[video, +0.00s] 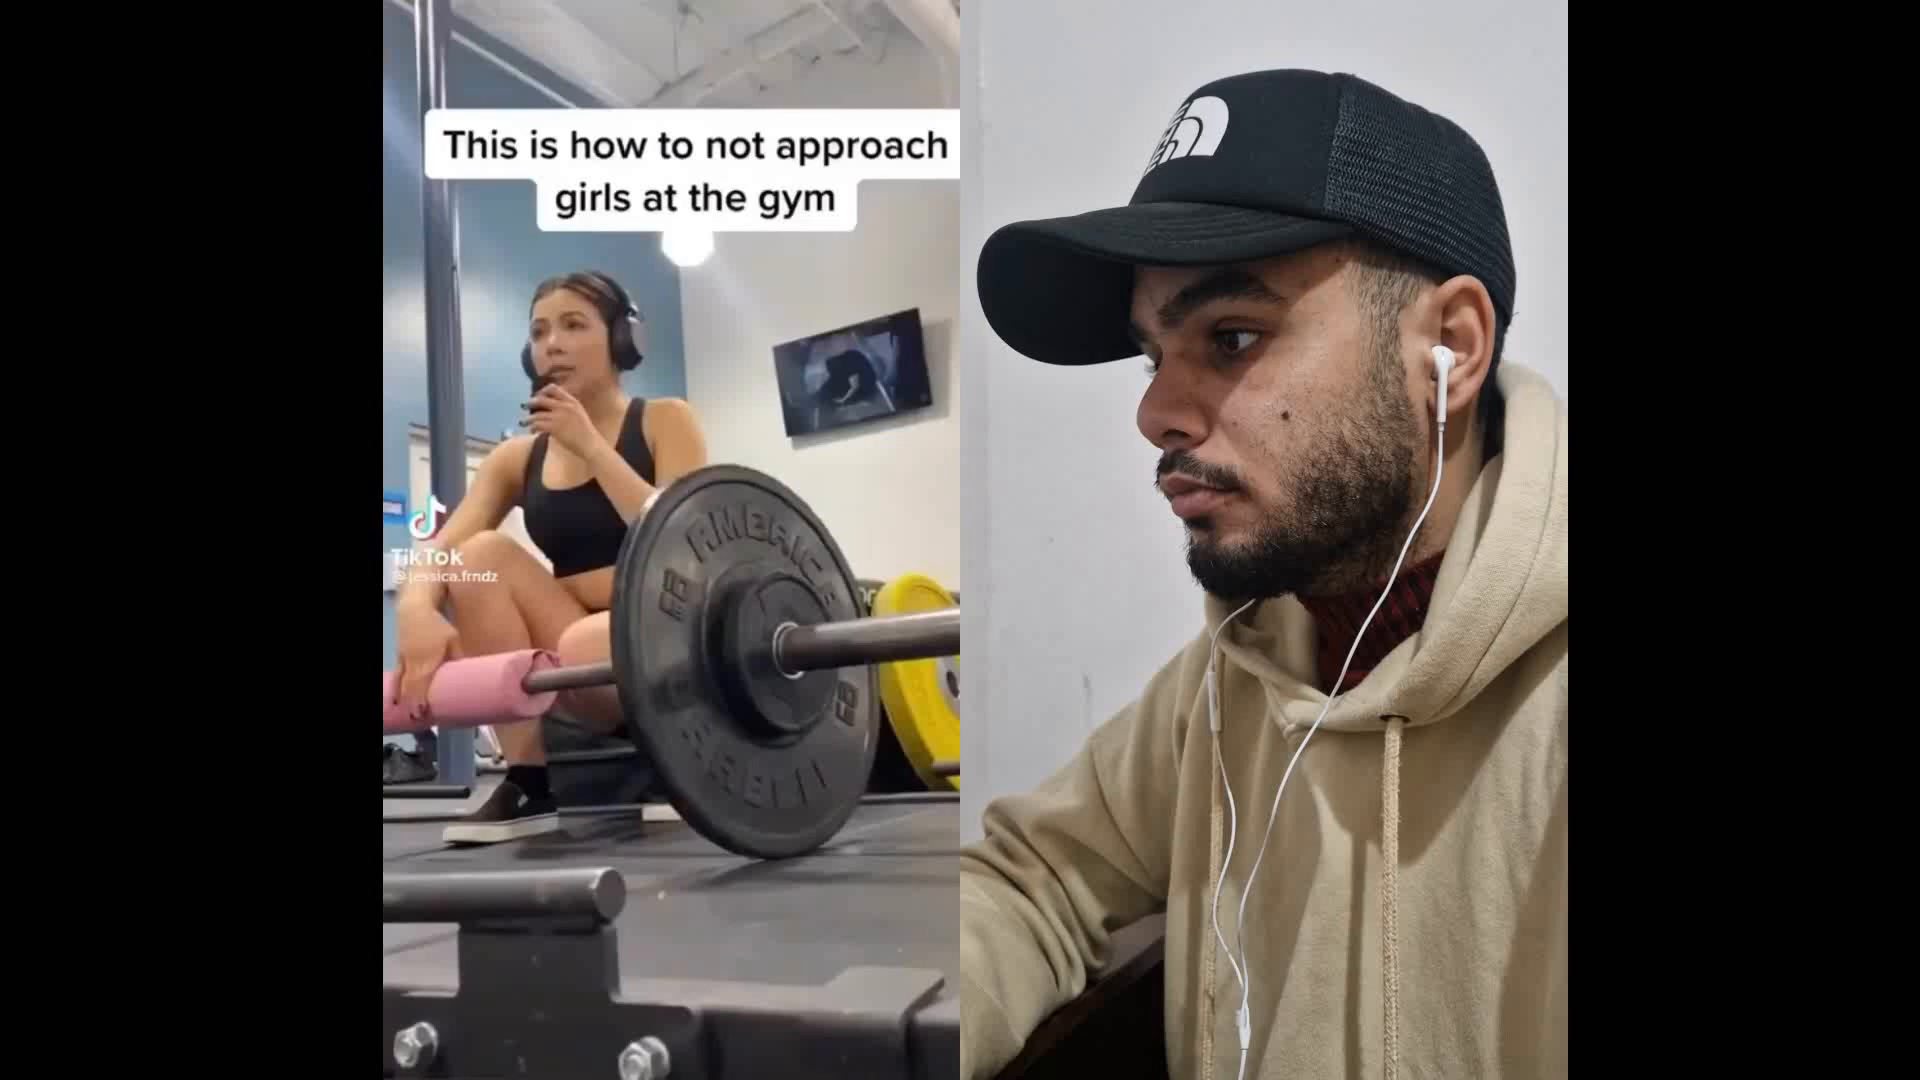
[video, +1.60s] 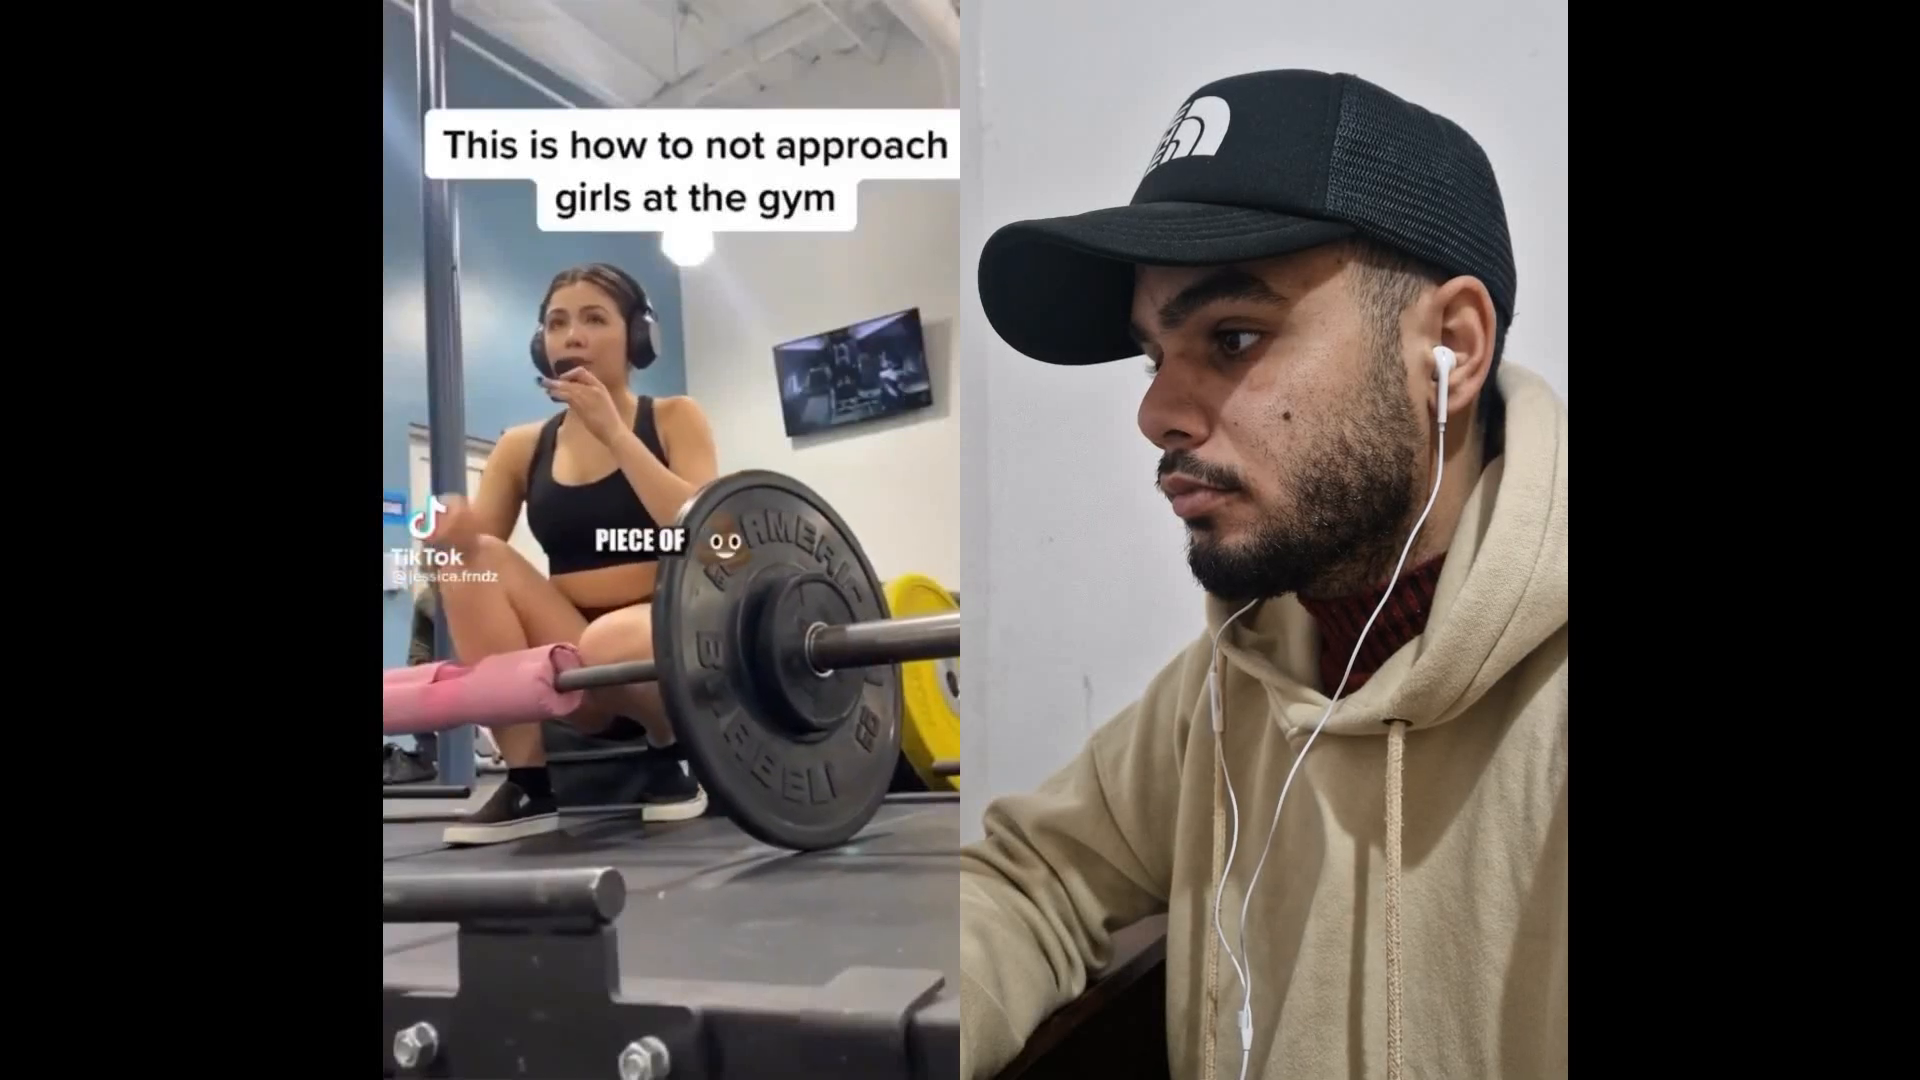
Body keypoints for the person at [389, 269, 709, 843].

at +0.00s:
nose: (552, 342)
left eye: (573, 324)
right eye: (540, 329)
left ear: (616, 339)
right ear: (531, 350)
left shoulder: (664, 421)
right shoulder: (517, 456)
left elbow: (688, 536)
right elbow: (442, 549)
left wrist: (592, 447)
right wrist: (415, 607)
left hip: (663, 628)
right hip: (563, 637)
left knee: (585, 645)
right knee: (482, 555)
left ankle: (680, 772)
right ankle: (526, 778)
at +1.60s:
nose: (571, 335)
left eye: (593, 318)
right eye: (557, 321)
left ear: (632, 337)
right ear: (544, 343)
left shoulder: (674, 420)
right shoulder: (522, 447)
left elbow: (702, 525)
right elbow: (478, 560)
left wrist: (615, 435)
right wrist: (456, 534)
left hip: (671, 633)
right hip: (572, 642)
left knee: (608, 643)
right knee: (466, 557)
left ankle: (668, 754)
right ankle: (528, 781)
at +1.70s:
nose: (569, 332)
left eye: (591, 317)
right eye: (555, 320)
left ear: (630, 335)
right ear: (542, 342)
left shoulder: (672, 416)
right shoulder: (527, 441)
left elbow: (700, 519)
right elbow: (462, 550)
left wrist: (614, 430)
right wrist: (465, 465)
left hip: (670, 630)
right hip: (571, 641)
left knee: (604, 645)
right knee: (468, 561)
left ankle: (670, 754)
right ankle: (527, 781)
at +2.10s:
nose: (573, 334)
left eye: (592, 319)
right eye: (554, 324)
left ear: (628, 336)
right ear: (537, 349)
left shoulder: (666, 410)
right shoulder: (530, 414)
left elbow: (717, 519)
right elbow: (468, 532)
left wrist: (616, 470)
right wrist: (535, 433)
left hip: (671, 628)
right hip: (571, 637)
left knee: (596, 646)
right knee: (461, 564)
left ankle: (689, 754)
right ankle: (527, 781)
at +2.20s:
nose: (575, 332)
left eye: (594, 317)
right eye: (556, 321)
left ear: (629, 334)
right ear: (538, 347)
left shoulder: (663, 411)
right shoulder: (531, 410)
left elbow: (702, 527)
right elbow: (478, 531)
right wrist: (544, 427)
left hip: (663, 630)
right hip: (567, 637)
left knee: (602, 639)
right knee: (462, 562)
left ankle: (676, 758)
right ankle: (526, 781)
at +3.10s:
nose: (585, 393)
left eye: (606, 370)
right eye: (565, 371)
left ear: (638, 366)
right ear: (542, 369)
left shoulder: (666, 430)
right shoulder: (526, 422)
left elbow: (717, 543)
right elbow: (456, 541)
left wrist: (670, 630)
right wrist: (534, 486)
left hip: (670, 654)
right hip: (569, 660)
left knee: (588, 604)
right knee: (445, 567)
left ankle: (666, 747)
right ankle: (524, 782)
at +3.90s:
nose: (586, 417)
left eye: (604, 394)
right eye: (564, 398)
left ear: (637, 376)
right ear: (540, 389)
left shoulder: (680, 442)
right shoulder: (531, 436)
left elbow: (732, 560)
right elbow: (496, 562)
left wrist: (688, 650)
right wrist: (554, 515)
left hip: (682, 662)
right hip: (582, 666)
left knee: (649, 612)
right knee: (483, 561)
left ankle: (677, 749)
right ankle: (528, 785)